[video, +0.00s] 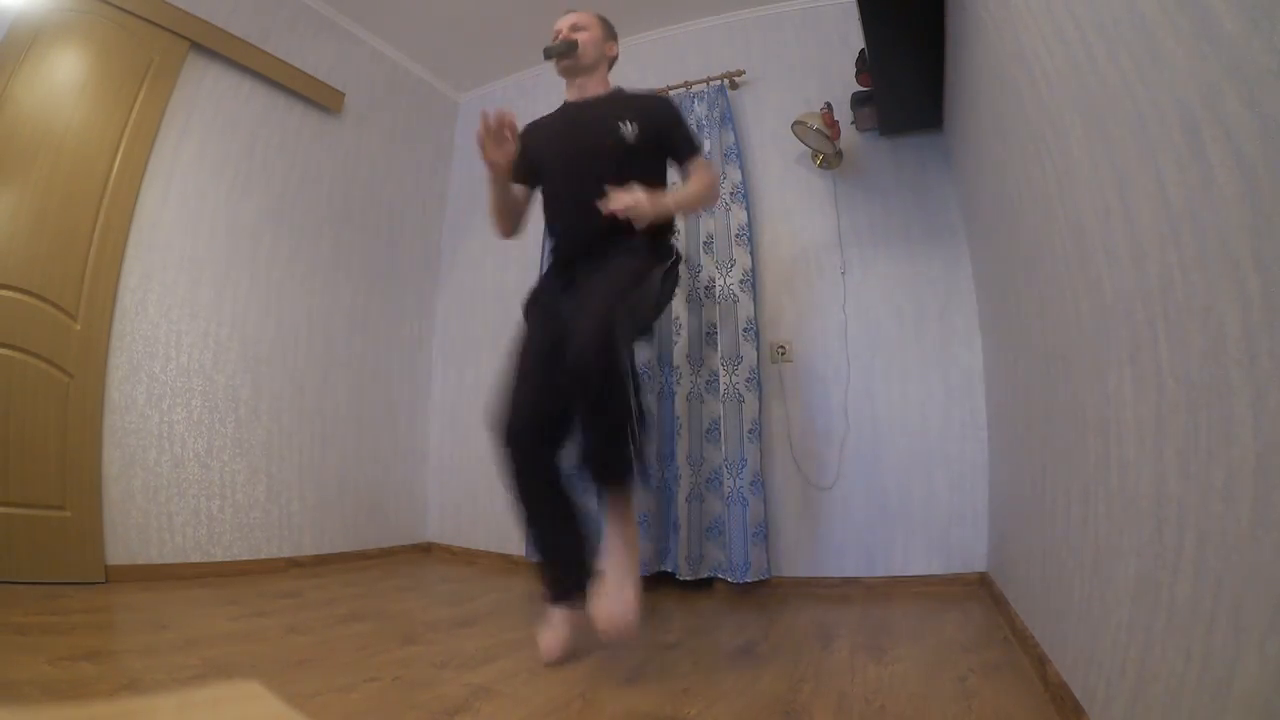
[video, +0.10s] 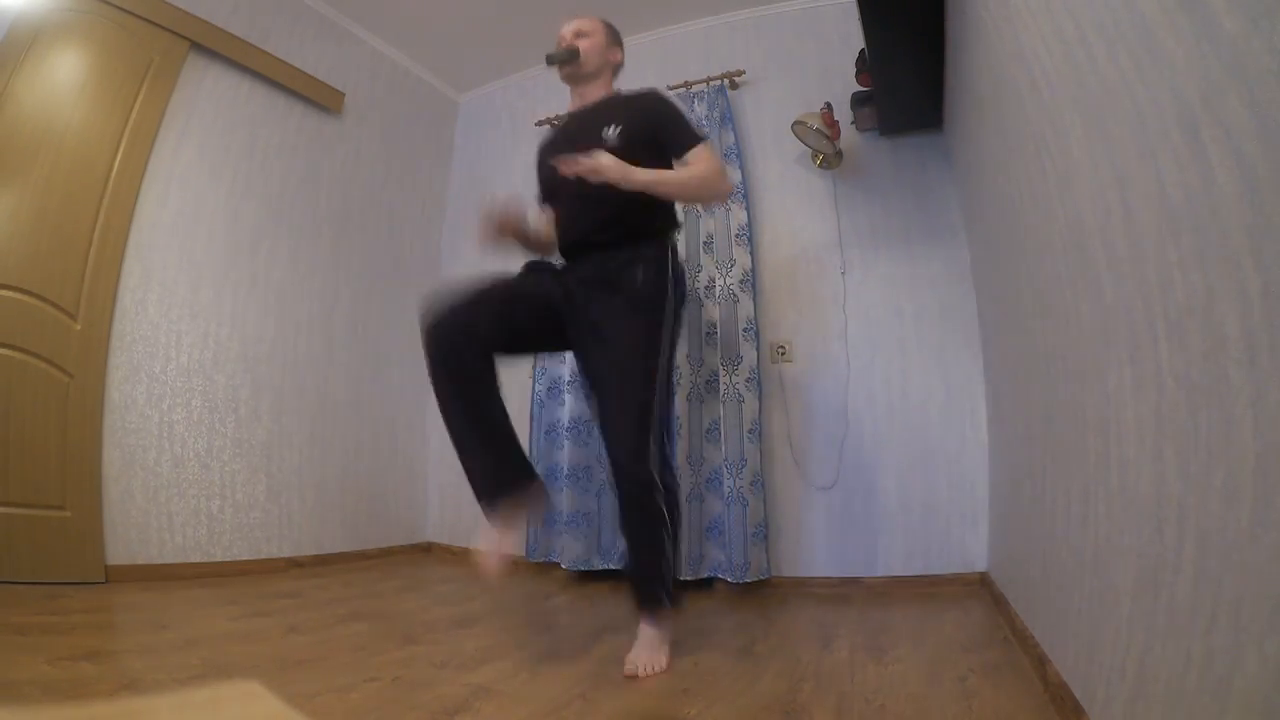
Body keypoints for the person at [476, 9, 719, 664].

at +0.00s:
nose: (564, 35)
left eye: (579, 26)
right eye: (558, 32)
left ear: (612, 49)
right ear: (551, 58)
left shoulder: (648, 110)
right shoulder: (538, 133)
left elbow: (706, 181)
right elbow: (509, 222)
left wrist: (656, 202)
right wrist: (500, 169)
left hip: (637, 263)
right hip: (565, 279)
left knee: (594, 338)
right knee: (525, 429)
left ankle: (619, 529)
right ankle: (565, 590)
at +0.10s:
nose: (566, 43)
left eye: (581, 34)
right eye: (559, 39)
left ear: (615, 50)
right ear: (557, 62)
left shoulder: (648, 109)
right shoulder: (554, 141)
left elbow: (714, 182)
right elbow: (560, 237)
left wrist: (625, 174)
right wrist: (520, 228)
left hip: (636, 286)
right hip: (567, 286)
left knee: (632, 452)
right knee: (453, 327)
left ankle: (654, 614)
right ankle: (512, 492)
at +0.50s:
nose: (566, 34)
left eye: (583, 28)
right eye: (560, 31)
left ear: (616, 53)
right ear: (554, 61)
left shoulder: (654, 127)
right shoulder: (530, 135)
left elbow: (700, 205)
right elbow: (478, 217)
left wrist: (663, 222)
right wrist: (468, 163)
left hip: (638, 286)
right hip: (565, 298)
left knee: (589, 244)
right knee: (567, 461)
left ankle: (609, 457)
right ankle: (598, 605)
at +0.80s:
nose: (564, 16)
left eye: (582, 10)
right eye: (558, 14)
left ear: (615, 38)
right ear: (549, 42)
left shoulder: (637, 96)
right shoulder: (542, 124)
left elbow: (659, 161)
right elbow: (570, 208)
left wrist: (575, 92)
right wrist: (538, 243)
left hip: (630, 285)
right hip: (561, 278)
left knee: (623, 438)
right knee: (456, 322)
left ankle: (632, 619)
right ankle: (503, 509)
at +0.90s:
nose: (563, 10)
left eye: (581, 3)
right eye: (559, 5)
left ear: (614, 26)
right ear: (552, 31)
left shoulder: (652, 97)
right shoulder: (534, 110)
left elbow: (695, 180)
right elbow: (518, 198)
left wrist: (602, 136)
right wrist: (506, 211)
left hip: (628, 241)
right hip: (552, 257)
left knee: (591, 309)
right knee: (534, 432)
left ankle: (621, 507)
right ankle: (559, 616)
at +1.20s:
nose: (554, 13)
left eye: (571, 7)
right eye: (548, 11)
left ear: (604, 28)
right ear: (544, 40)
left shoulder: (642, 89)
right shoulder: (535, 125)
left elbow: (705, 172)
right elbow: (545, 213)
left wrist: (627, 160)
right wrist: (508, 207)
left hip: (624, 274)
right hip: (554, 270)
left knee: (616, 449)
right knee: (445, 312)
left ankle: (627, 625)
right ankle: (507, 480)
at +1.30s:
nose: (557, 36)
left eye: (574, 27)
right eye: (551, 32)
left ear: (610, 51)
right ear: (542, 55)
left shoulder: (637, 108)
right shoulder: (541, 141)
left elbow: (671, 179)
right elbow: (552, 228)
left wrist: (576, 97)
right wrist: (520, 285)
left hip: (624, 302)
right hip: (556, 290)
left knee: (619, 471)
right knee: (437, 241)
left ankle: (624, 636)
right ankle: (489, 431)